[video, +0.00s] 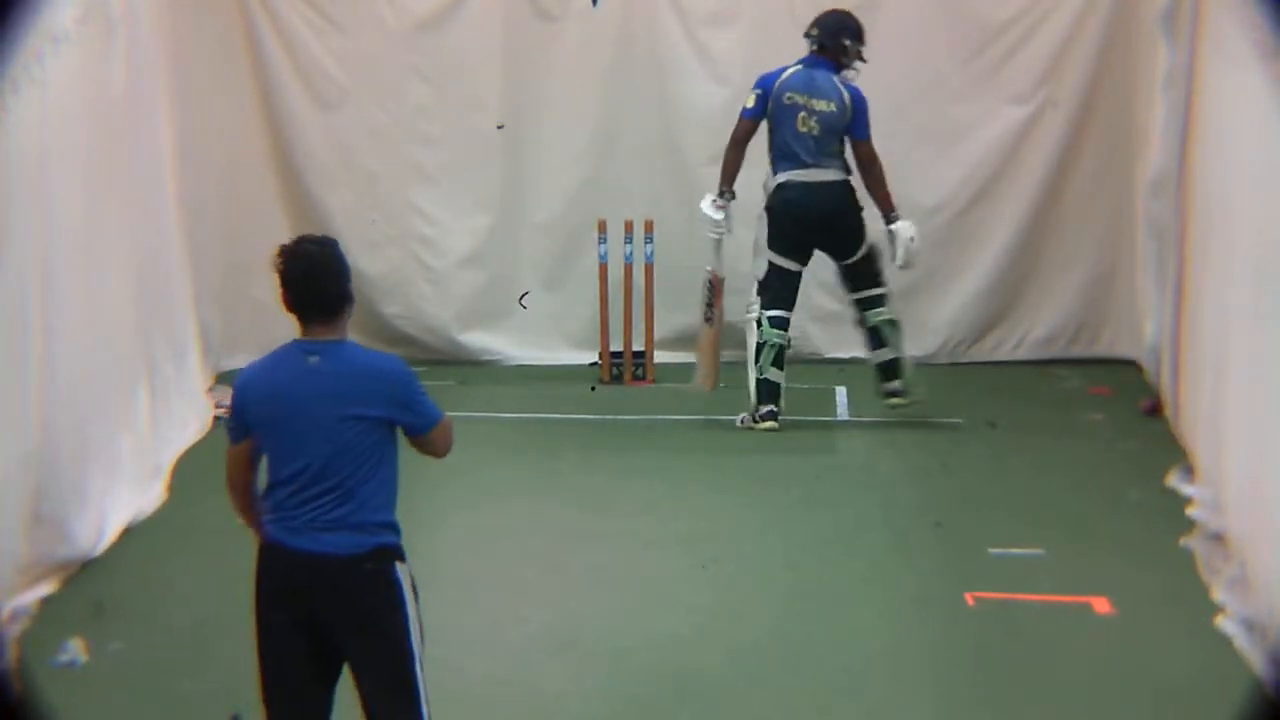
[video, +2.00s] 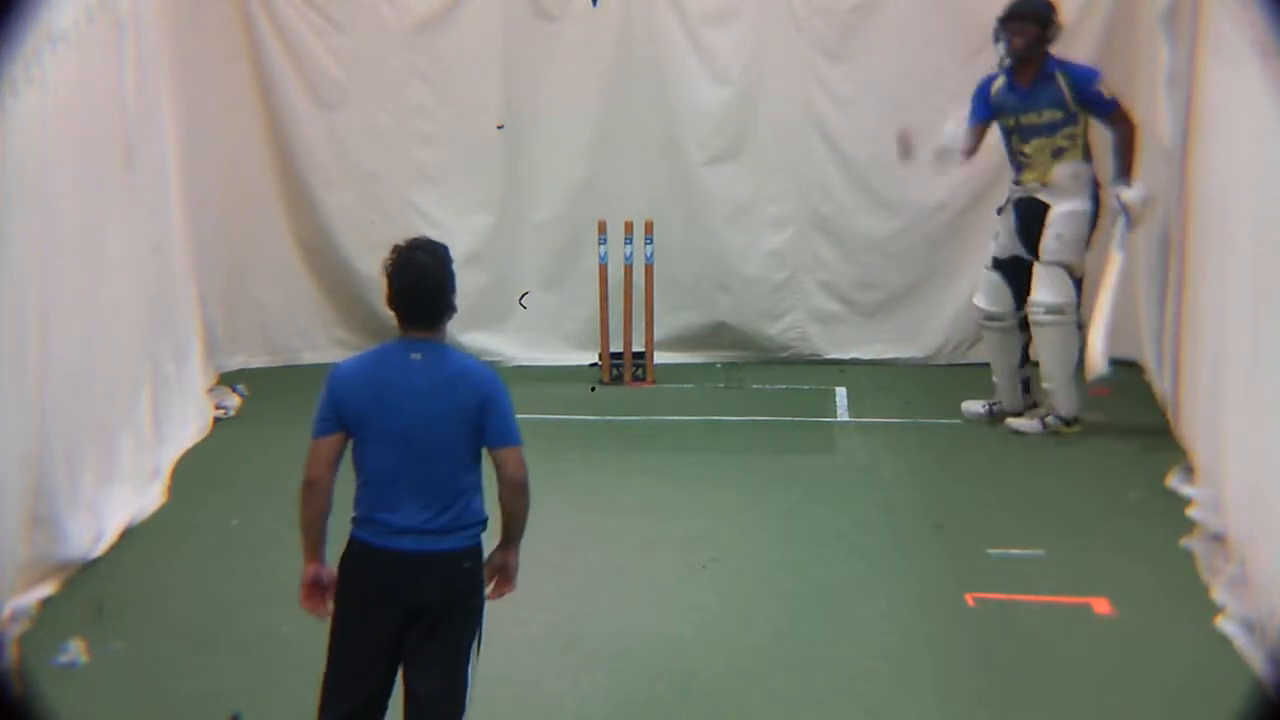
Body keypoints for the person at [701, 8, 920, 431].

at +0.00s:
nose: (857, 59)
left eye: (858, 50)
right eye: (854, 50)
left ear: (815, 43)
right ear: (840, 47)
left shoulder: (772, 82)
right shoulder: (849, 95)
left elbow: (739, 139)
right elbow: (867, 162)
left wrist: (723, 195)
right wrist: (893, 218)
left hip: (788, 205)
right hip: (837, 204)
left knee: (776, 300)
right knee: (866, 286)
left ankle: (766, 406)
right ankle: (891, 380)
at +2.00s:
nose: (1017, 43)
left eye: (1027, 35)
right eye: (1011, 34)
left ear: (1045, 38)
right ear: (1001, 37)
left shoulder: (1074, 81)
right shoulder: (991, 91)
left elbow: (1123, 124)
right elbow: (967, 147)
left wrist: (1123, 184)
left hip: (1072, 198)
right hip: (1024, 198)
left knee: (1051, 298)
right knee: (996, 297)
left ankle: (1062, 411)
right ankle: (1012, 401)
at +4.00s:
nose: (696, 63)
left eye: (699, 55)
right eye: (693, 57)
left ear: (716, 48)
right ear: (710, 57)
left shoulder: (751, 75)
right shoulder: (714, 99)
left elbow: (696, 71)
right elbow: (704, 162)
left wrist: (650, 84)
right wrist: (664, 130)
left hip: (750, 204)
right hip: (719, 205)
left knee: (729, 300)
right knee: (682, 294)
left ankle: (792, 400)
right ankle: (688, 399)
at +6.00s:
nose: (652, 70)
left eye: (653, 61)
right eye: (647, 64)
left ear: (673, 48)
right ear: (662, 54)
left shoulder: (707, 69)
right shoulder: (672, 91)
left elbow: (720, 107)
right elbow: (676, 155)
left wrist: (672, 139)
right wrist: (649, 165)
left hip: (710, 195)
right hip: (678, 197)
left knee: (680, 287)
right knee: (670, 291)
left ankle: (734, 390)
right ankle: (688, 389)